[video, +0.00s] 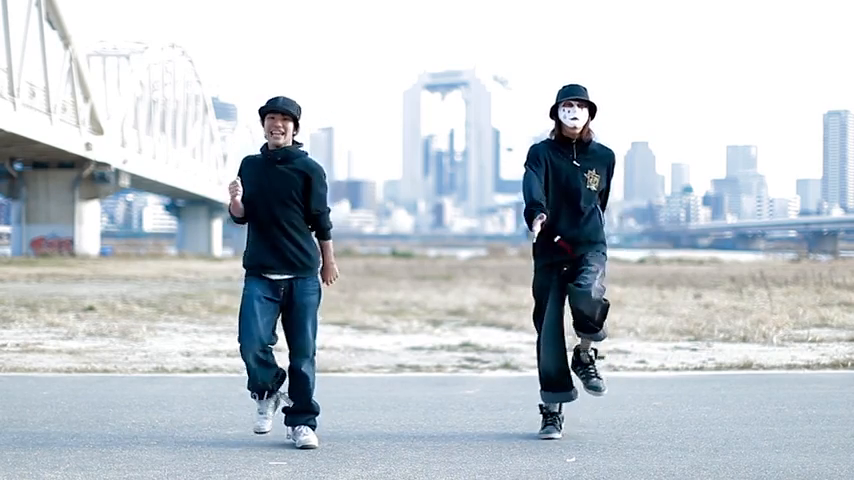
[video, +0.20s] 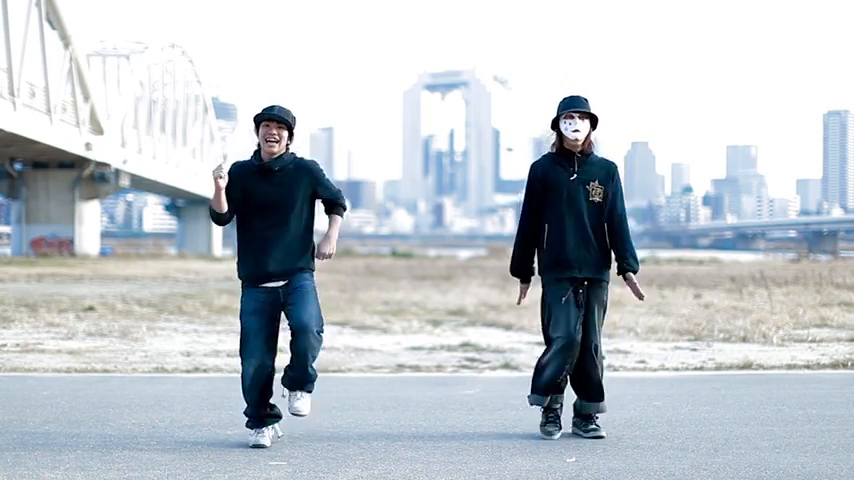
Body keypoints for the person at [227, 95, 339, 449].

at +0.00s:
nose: (276, 125)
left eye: (283, 120)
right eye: (271, 119)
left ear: (294, 127)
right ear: (262, 124)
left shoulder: (310, 168)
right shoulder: (250, 165)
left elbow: (320, 218)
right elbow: (242, 217)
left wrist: (328, 259)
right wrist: (235, 204)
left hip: (303, 273)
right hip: (260, 272)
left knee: (303, 352)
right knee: (251, 346)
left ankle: (303, 422)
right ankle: (269, 388)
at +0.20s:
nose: (271, 134)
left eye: (278, 130)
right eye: (266, 128)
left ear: (289, 136)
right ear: (257, 133)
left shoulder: (306, 170)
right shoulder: (240, 172)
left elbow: (336, 201)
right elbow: (221, 219)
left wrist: (330, 236)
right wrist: (219, 188)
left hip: (298, 275)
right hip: (256, 280)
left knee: (308, 330)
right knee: (255, 355)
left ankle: (298, 385)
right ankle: (261, 423)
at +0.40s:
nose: (281, 123)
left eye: (287, 118)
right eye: (274, 118)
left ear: (298, 125)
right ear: (265, 125)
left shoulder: (311, 164)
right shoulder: (250, 157)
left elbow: (320, 210)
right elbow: (223, 198)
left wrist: (330, 180)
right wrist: (206, 235)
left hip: (297, 255)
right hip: (257, 259)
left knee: (302, 296)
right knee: (255, 340)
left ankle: (294, 353)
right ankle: (259, 418)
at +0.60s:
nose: (283, 139)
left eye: (289, 135)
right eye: (277, 133)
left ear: (300, 141)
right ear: (268, 137)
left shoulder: (314, 181)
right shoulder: (249, 179)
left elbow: (320, 229)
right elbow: (236, 227)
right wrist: (233, 270)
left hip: (298, 288)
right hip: (257, 286)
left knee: (292, 361)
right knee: (256, 361)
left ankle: (298, 429)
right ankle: (263, 423)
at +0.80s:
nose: (280, 131)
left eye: (286, 127)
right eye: (274, 126)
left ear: (295, 138)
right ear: (265, 135)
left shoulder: (312, 172)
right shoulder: (249, 171)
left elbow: (348, 192)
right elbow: (211, 193)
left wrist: (321, 161)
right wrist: (224, 162)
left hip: (300, 274)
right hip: (261, 267)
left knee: (299, 355)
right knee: (242, 289)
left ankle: (295, 428)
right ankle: (261, 342)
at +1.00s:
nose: (276, 125)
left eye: (283, 121)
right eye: (271, 120)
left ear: (294, 127)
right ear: (261, 125)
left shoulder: (311, 165)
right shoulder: (243, 166)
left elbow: (346, 196)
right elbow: (204, 189)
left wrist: (380, 212)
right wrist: (165, 201)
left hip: (298, 272)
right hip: (255, 273)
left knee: (295, 350)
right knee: (243, 347)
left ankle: (293, 425)